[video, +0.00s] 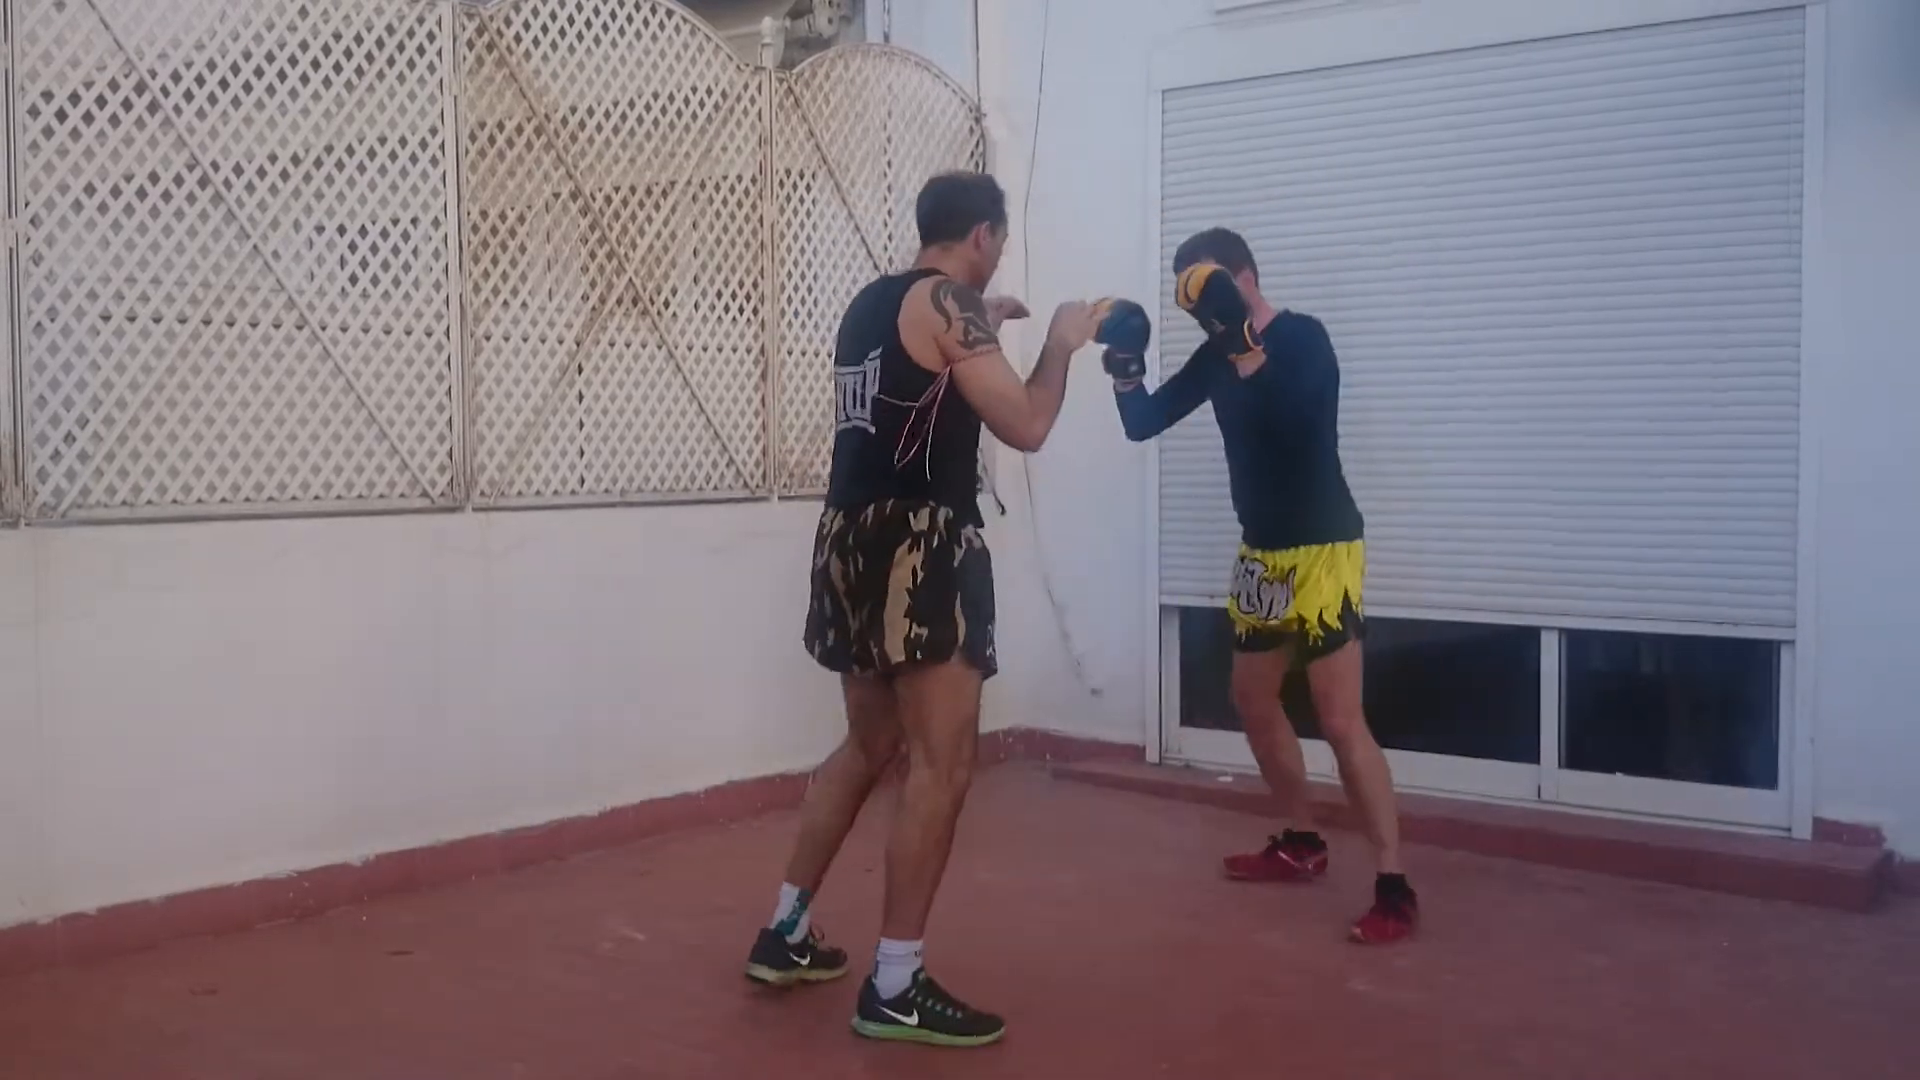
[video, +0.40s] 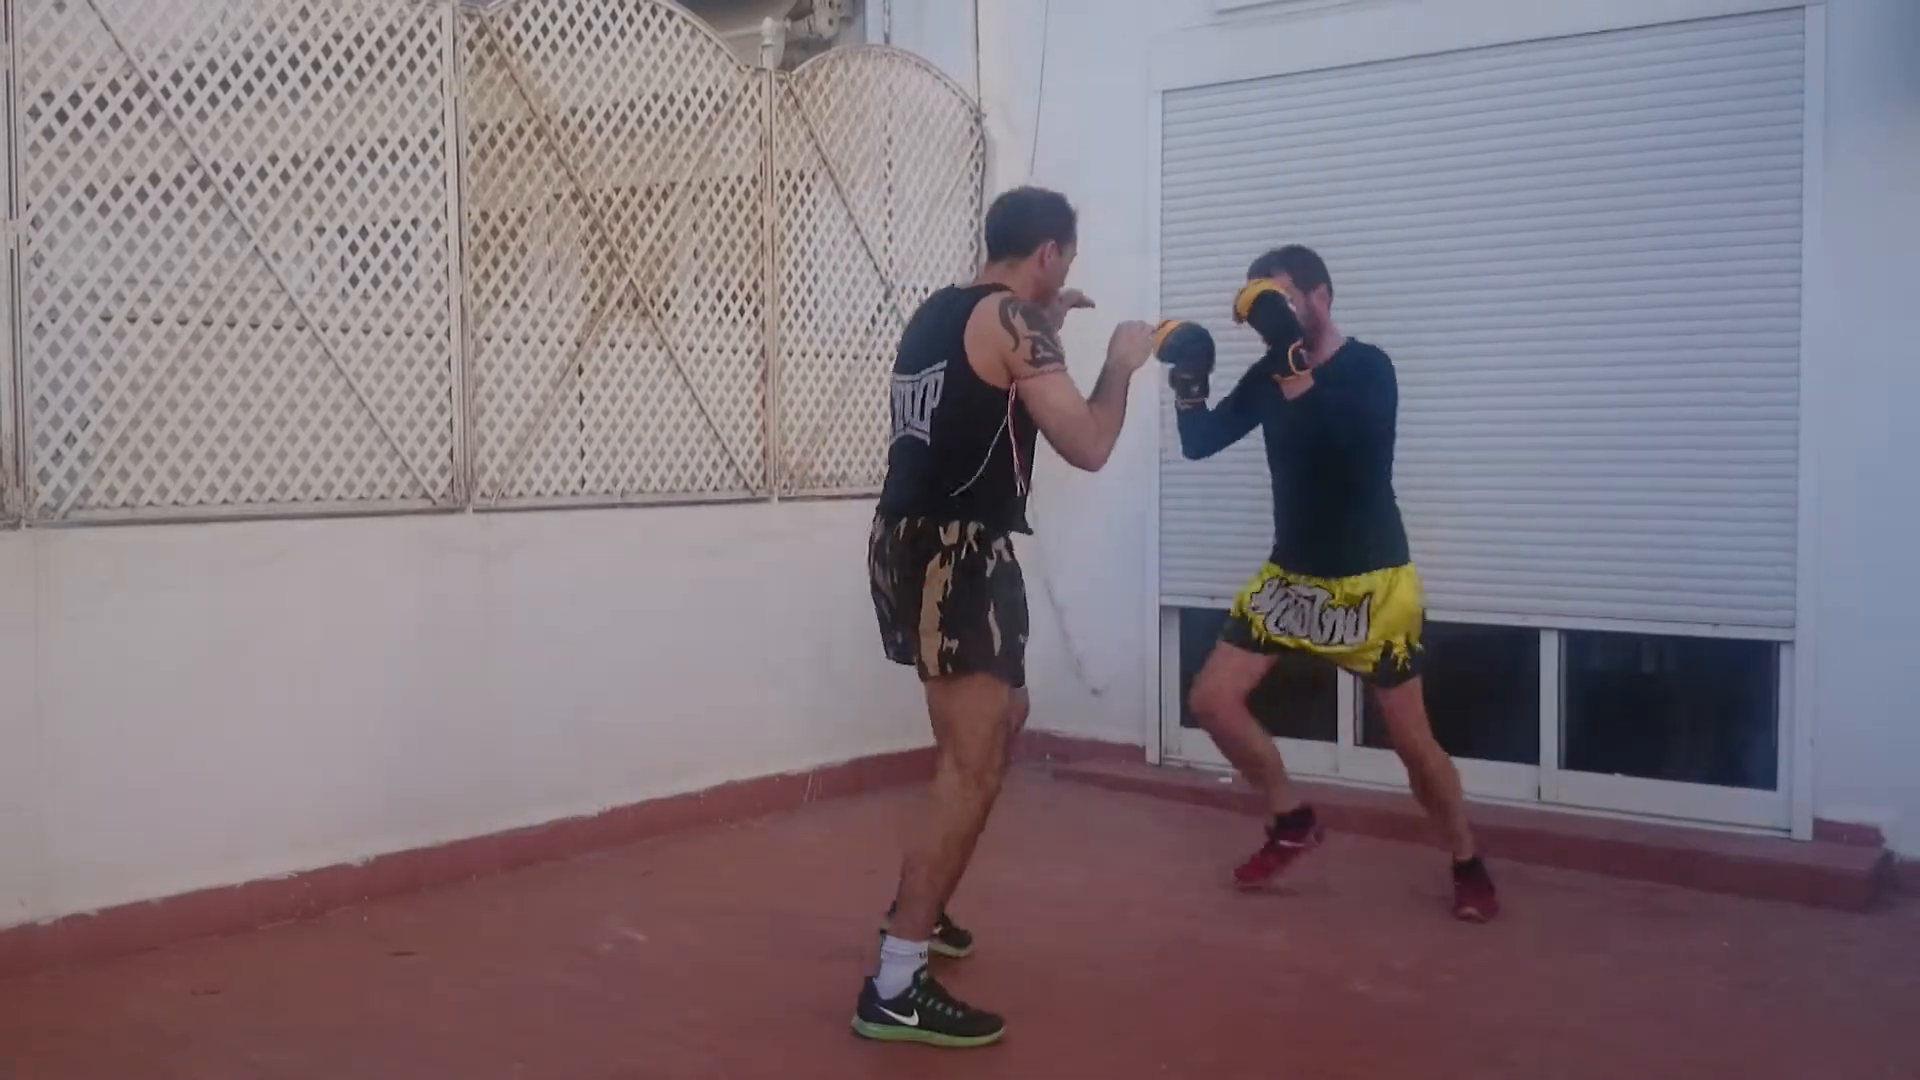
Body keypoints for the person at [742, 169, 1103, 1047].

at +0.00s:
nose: (1001, 256)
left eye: (999, 243)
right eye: (1000, 241)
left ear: (925, 234)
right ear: (978, 238)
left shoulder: (868, 301)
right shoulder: (945, 306)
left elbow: (907, 373)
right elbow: (1024, 425)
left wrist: (976, 324)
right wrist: (1062, 347)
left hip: (852, 541)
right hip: (921, 549)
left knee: (870, 745)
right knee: (942, 767)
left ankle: (782, 932)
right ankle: (895, 986)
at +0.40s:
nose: (1067, 278)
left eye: (1071, 265)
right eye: (1068, 262)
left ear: (991, 249)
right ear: (1046, 254)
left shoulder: (937, 311)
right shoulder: (1008, 321)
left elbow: (974, 361)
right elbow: (1089, 445)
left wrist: (1035, 320)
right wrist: (1118, 365)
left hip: (918, 546)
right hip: (963, 557)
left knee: (1002, 717)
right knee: (972, 767)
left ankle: (913, 908)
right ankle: (894, 984)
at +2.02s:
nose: (1142, 302)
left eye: (1144, 287)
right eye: (1137, 286)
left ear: (1098, 279)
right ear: (1094, 278)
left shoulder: (1077, 347)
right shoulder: (1013, 348)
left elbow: (1028, 455)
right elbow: (990, 473)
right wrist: (1102, 446)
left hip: (1045, 545)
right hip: (982, 547)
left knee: (1089, 711)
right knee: (990, 734)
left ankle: (1109, 878)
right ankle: (916, 922)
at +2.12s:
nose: (1125, 292)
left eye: (1128, 278)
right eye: (1120, 277)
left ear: (1078, 271)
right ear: (1075, 270)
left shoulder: (1055, 340)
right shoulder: (1011, 341)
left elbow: (1021, 443)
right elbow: (991, 468)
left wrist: (1095, 433)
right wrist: (1096, 442)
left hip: (1029, 542)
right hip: (969, 543)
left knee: (1063, 705)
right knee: (971, 733)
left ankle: (1058, 866)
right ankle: (912, 922)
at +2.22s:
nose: (1113, 288)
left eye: (1115, 274)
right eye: (1106, 273)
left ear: (1067, 270)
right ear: (1062, 267)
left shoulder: (1045, 339)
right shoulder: (1000, 336)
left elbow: (1011, 445)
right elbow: (988, 462)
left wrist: (1082, 434)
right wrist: (1083, 434)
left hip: (1018, 541)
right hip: (960, 540)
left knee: (1045, 701)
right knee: (964, 731)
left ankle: (1010, 850)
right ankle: (909, 922)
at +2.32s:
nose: (1109, 289)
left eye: (1110, 275)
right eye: (1100, 274)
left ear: (1062, 274)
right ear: (1055, 271)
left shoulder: (1043, 345)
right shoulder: (994, 337)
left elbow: (1011, 445)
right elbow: (975, 456)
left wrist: (1080, 432)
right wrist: (1076, 426)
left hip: (1016, 552)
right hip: (960, 549)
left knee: (1026, 707)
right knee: (961, 725)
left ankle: (972, 841)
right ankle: (909, 922)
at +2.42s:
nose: (1111, 294)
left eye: (1113, 280)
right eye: (1102, 279)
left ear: (1068, 278)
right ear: (1057, 274)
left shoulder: (1054, 353)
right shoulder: (995, 337)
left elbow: (1042, 460)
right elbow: (962, 447)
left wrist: (1097, 429)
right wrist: (1067, 413)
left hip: (1022, 554)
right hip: (966, 549)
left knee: (1007, 712)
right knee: (960, 721)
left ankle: (961, 853)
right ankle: (909, 919)